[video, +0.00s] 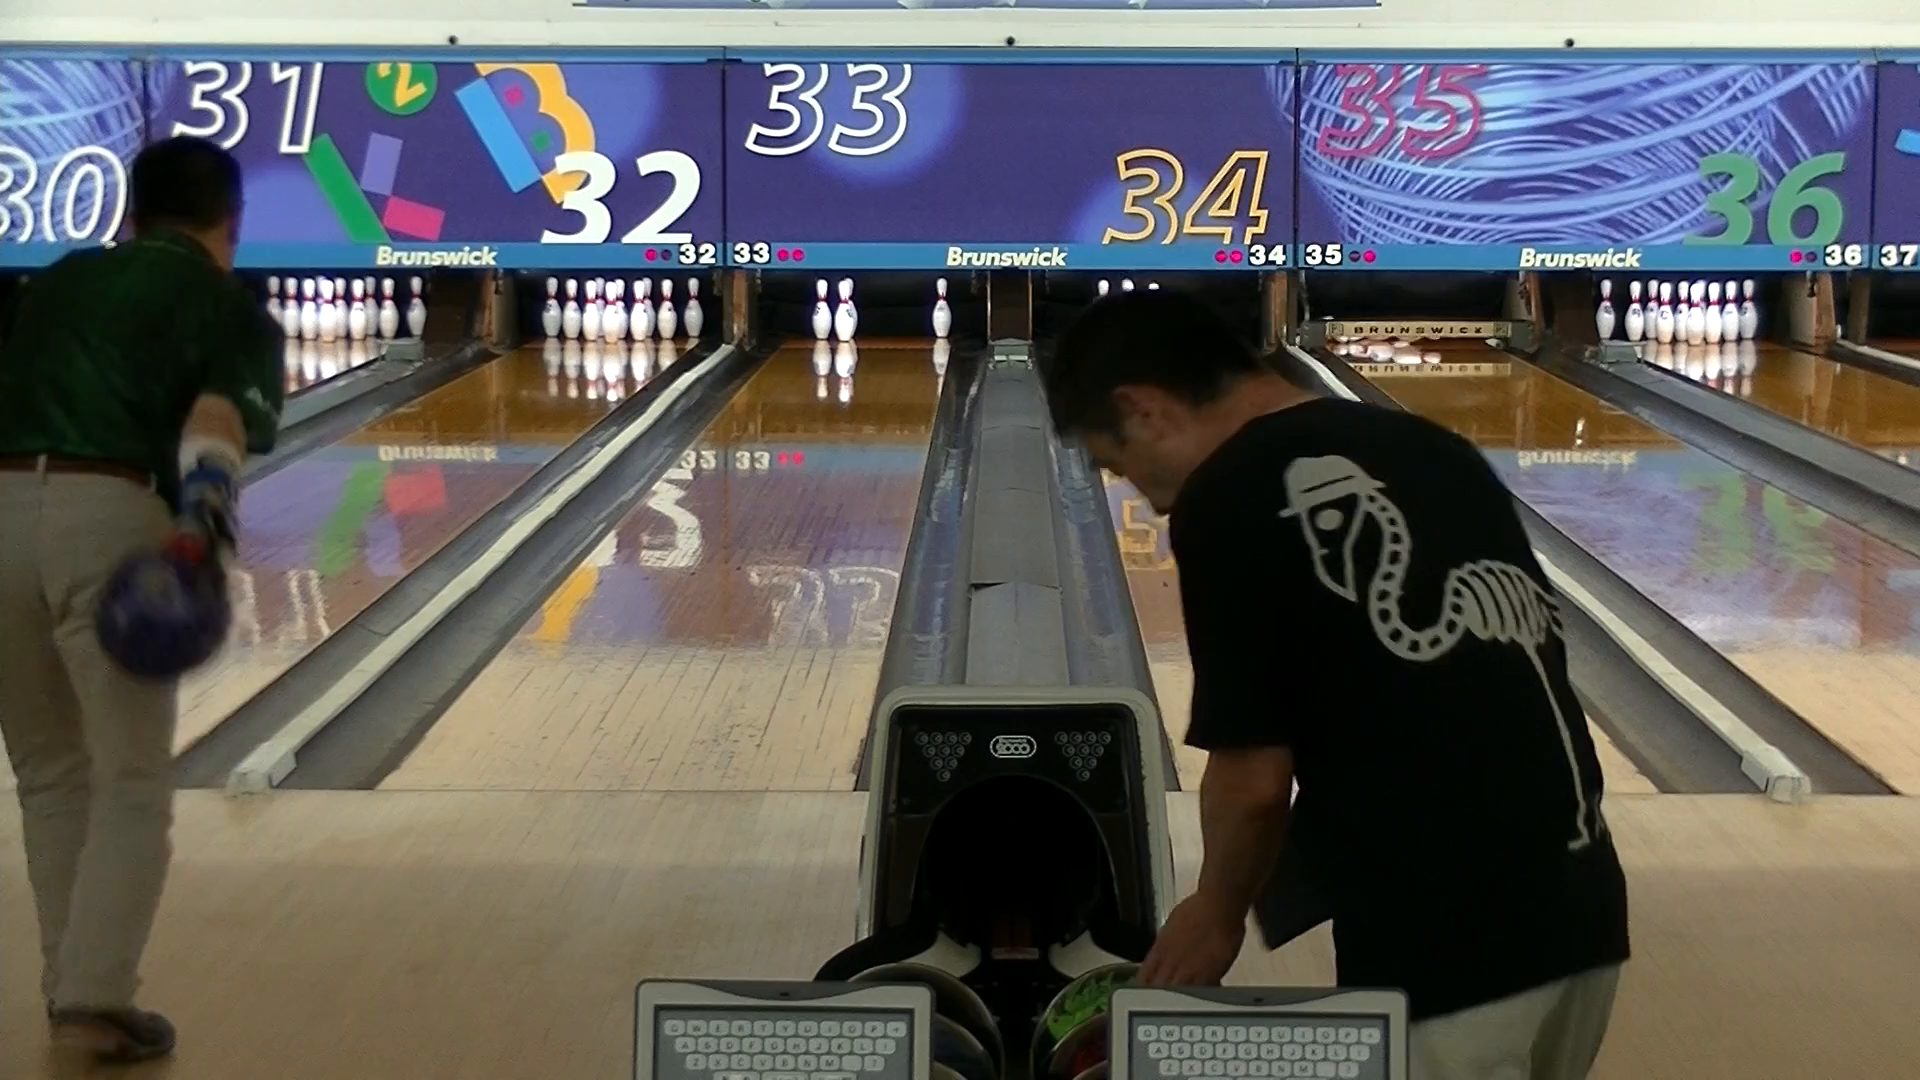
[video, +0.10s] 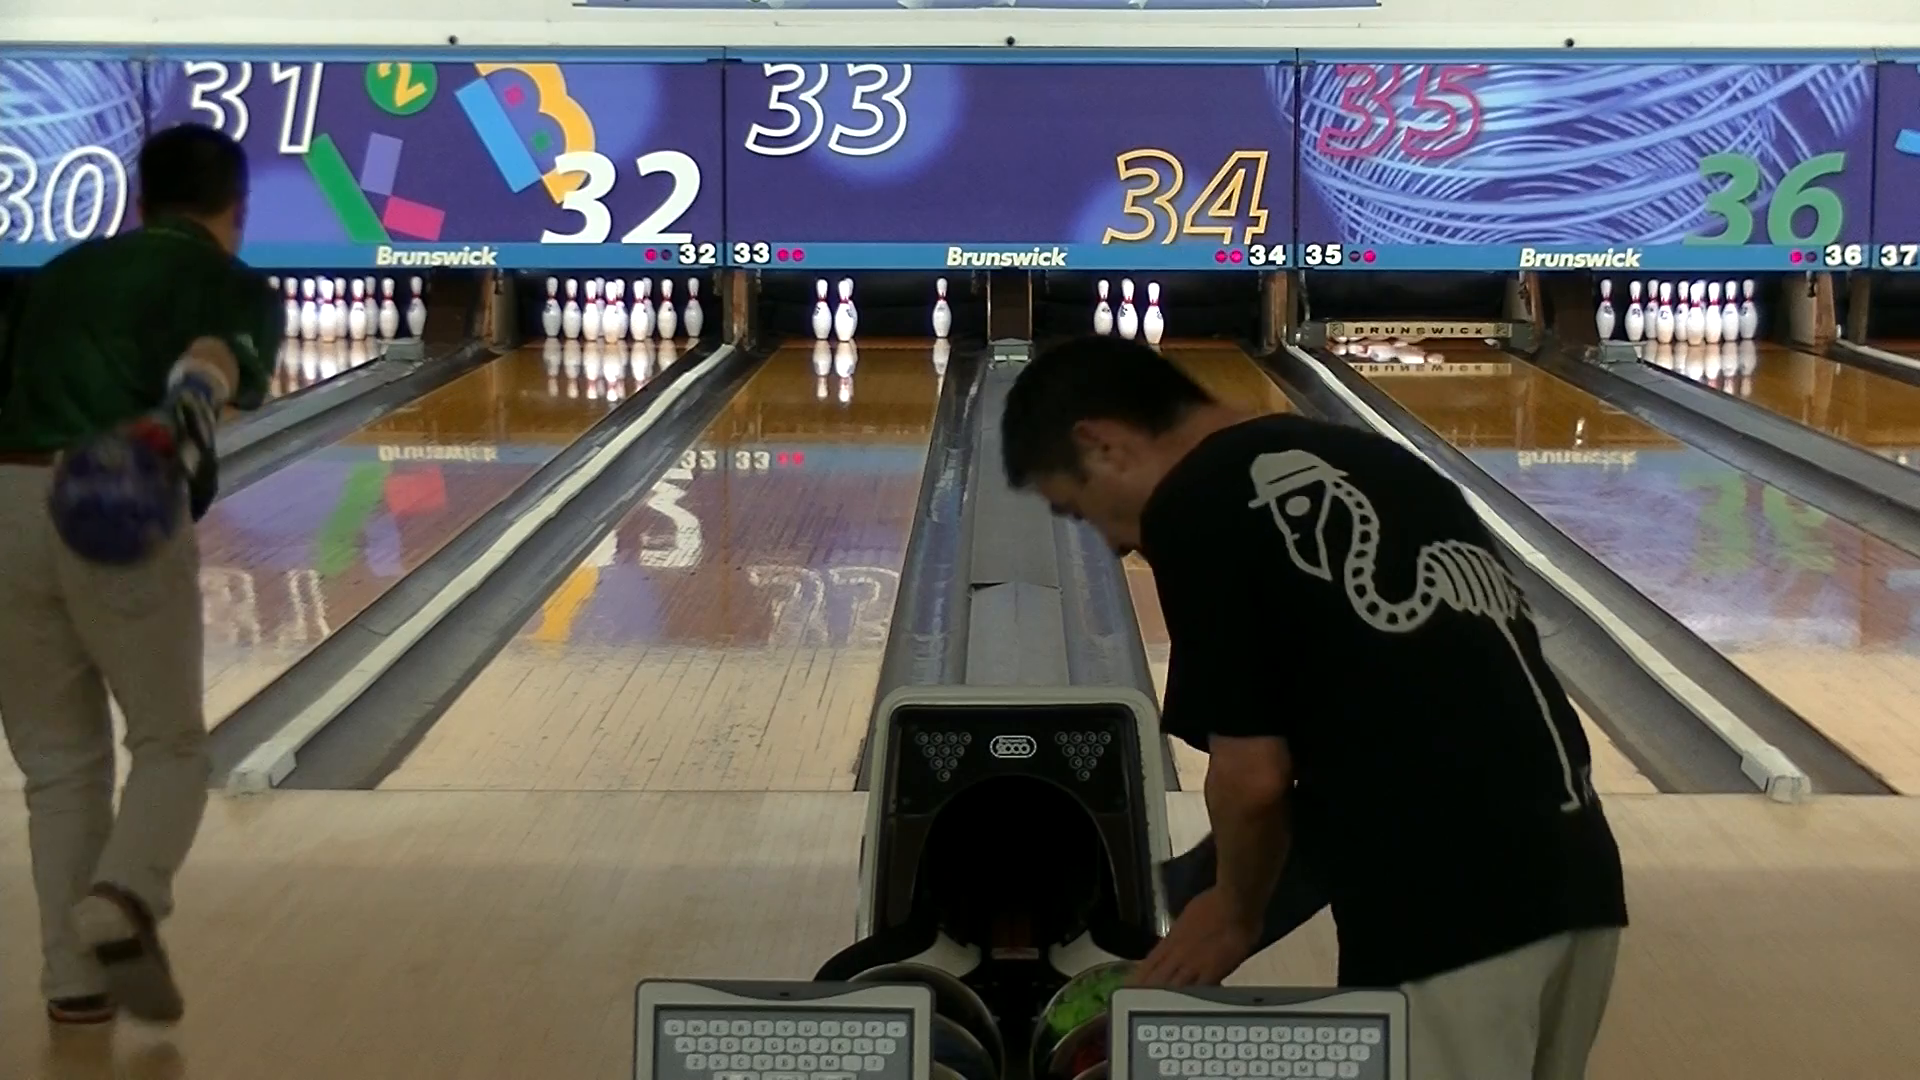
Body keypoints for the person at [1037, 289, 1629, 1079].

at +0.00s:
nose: (1139, 496)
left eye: (1117, 465)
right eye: (1115, 474)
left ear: (1147, 411)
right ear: (1239, 367)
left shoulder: (1227, 499)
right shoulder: (1436, 445)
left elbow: (1254, 780)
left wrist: (1216, 910)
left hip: (1437, 949)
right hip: (1584, 914)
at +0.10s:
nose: (1112, 542)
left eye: (1081, 509)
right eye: (1081, 518)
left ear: (1105, 443)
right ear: (1176, 405)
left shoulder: (1200, 502)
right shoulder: (1370, 455)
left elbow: (1254, 777)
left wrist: (1235, 905)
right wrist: (1228, 922)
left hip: (1438, 913)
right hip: (1577, 877)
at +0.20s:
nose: (1073, 577)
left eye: (1047, 548)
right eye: (1048, 560)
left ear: (1073, 482)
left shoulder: (1176, 514)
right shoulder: (1332, 476)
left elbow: (1245, 773)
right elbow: (1400, 718)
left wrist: (1230, 890)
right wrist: (1227, 905)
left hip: (1441, 888)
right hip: (1567, 854)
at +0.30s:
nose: (1060, 618)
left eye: (1028, 587)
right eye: (1029, 598)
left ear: (1051, 517)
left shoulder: (1150, 533)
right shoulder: (1294, 498)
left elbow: (1229, 780)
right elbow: (1346, 772)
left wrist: (1190, 919)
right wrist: (1203, 915)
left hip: (1448, 873)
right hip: (1556, 841)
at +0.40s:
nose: (1043, 646)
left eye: (1012, 620)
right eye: (1014, 631)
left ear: (1032, 550)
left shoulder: (1122, 562)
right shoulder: (1266, 519)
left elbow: (1197, 814)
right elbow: (1314, 801)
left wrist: (1151, 999)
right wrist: (1193, 935)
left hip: (1451, 873)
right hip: (1545, 837)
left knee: (1474, 1063)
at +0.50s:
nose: (1031, 670)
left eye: (1001, 646)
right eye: (1001, 659)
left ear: (1017, 577)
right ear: (1083, 524)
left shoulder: (1095, 593)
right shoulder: (1251, 532)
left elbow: (1173, 850)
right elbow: (1315, 800)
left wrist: (1149, 1037)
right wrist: (1184, 954)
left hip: (1441, 869)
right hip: (1545, 828)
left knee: (1493, 1067)